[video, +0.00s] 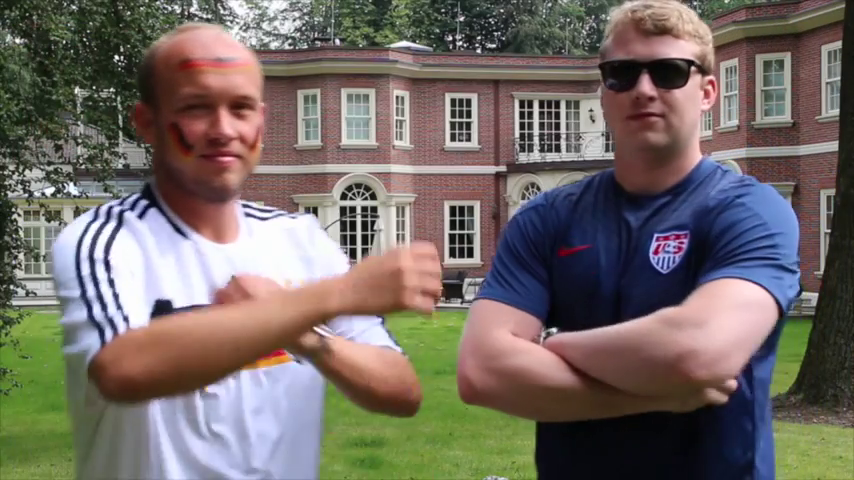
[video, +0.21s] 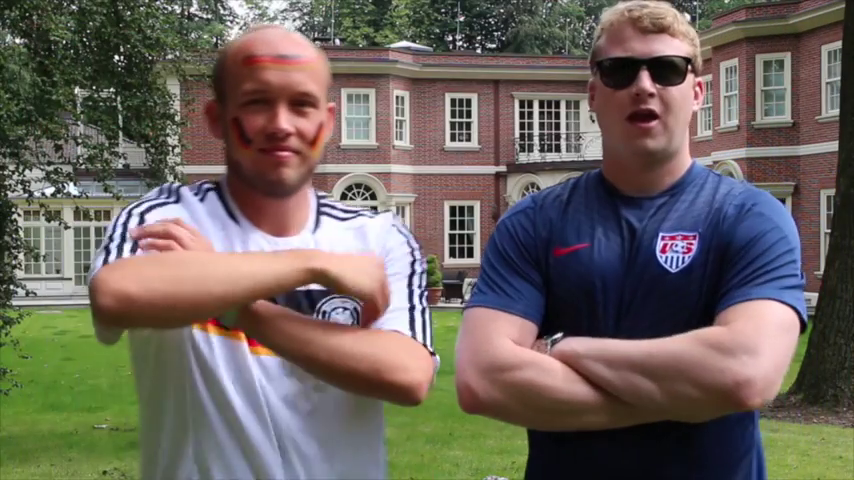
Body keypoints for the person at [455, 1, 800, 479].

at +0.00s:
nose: (643, 89)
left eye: (668, 72)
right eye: (622, 74)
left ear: (707, 93)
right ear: (602, 95)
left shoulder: (751, 211)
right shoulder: (542, 221)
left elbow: (696, 357)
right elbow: (481, 372)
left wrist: (550, 345)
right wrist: (655, 394)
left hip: (712, 471)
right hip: (571, 472)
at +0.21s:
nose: (643, 86)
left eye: (665, 70)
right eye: (620, 71)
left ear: (696, 93)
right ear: (593, 95)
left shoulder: (751, 217)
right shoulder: (531, 224)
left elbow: (746, 376)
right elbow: (482, 381)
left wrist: (560, 350)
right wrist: (669, 395)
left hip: (713, 472)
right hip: (566, 473)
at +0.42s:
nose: (644, 88)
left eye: (666, 72)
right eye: (620, 73)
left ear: (695, 94)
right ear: (592, 96)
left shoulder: (751, 216)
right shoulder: (529, 224)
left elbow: (751, 372)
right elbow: (483, 379)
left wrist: (560, 349)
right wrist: (676, 395)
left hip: (713, 472)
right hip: (565, 473)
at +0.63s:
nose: (640, 93)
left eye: (661, 75)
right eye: (616, 76)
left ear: (692, 94)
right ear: (587, 96)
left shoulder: (749, 218)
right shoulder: (528, 226)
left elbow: (747, 382)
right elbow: (481, 388)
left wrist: (556, 357)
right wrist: (668, 407)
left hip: (712, 473)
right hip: (565, 473)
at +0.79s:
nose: (638, 96)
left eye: (660, 77)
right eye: (614, 79)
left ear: (692, 92)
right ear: (587, 97)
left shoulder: (748, 219)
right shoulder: (528, 226)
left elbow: (743, 386)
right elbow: (479, 389)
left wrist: (555, 359)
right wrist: (666, 408)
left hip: (710, 473)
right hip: (564, 473)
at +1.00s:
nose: (638, 95)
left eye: (660, 76)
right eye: (614, 78)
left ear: (692, 92)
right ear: (587, 97)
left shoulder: (748, 219)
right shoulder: (526, 226)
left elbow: (743, 385)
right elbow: (477, 389)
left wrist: (556, 358)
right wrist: (666, 408)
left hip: (710, 473)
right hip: (563, 473)